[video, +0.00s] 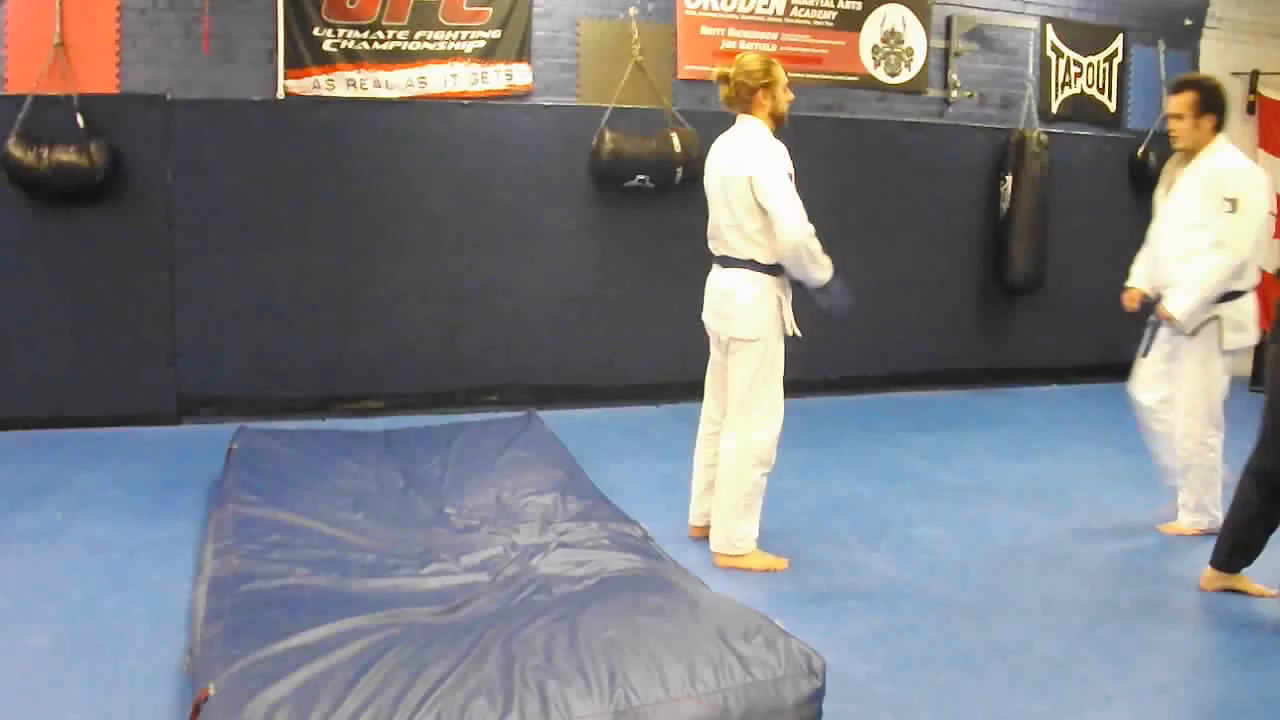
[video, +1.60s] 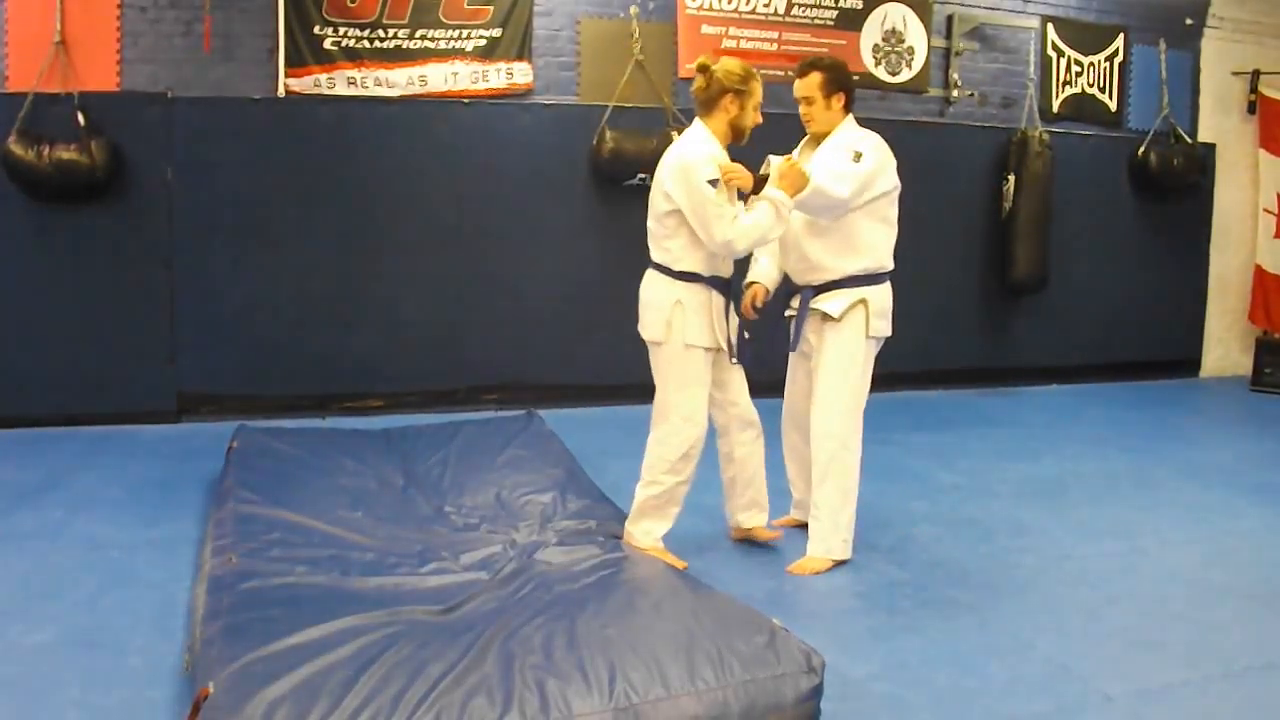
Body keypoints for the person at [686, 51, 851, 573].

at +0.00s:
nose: (790, 93)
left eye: (787, 85)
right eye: (784, 86)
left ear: (745, 96)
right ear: (763, 94)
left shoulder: (723, 145)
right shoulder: (765, 150)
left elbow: (730, 225)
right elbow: (792, 236)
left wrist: (786, 262)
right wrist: (824, 275)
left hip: (722, 283)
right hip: (755, 291)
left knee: (718, 409)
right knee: (755, 418)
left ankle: (704, 516)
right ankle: (735, 545)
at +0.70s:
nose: (786, 103)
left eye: (783, 93)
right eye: (781, 94)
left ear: (738, 99)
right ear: (763, 98)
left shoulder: (718, 152)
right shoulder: (760, 157)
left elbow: (723, 236)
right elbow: (774, 242)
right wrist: (849, 269)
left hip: (717, 288)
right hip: (749, 295)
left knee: (719, 410)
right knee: (763, 421)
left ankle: (703, 515)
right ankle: (736, 548)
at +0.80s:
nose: (787, 104)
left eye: (785, 96)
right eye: (783, 96)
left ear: (740, 101)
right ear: (764, 100)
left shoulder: (720, 151)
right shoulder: (765, 159)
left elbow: (747, 213)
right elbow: (814, 223)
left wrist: (797, 186)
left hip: (710, 290)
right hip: (747, 299)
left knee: (717, 413)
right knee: (764, 424)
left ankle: (703, 516)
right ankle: (738, 549)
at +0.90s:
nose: (788, 111)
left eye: (787, 102)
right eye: (785, 102)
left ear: (747, 105)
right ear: (763, 104)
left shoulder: (726, 152)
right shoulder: (759, 156)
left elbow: (749, 227)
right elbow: (822, 212)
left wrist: (795, 241)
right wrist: (851, 186)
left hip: (711, 294)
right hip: (738, 302)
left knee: (740, 413)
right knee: (763, 426)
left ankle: (711, 511)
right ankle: (737, 551)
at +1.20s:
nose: (783, 122)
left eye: (782, 111)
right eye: (778, 112)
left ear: (748, 110)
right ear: (750, 110)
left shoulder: (746, 162)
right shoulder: (718, 164)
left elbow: (739, 247)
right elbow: (755, 245)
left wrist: (770, 278)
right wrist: (807, 206)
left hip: (741, 305)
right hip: (708, 307)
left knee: (762, 428)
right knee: (739, 424)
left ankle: (743, 525)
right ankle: (696, 543)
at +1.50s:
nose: (761, 122)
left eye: (762, 114)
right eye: (758, 112)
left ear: (727, 108)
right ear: (732, 108)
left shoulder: (724, 160)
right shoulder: (693, 162)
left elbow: (751, 231)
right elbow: (734, 241)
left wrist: (767, 276)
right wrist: (783, 192)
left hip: (716, 303)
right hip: (683, 303)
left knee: (745, 421)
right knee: (690, 426)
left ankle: (746, 524)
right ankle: (643, 535)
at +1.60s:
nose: (758, 117)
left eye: (759, 108)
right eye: (755, 106)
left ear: (724, 103)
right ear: (730, 103)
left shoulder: (715, 153)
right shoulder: (692, 157)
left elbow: (741, 223)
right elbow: (727, 240)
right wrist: (779, 196)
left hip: (707, 297)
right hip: (677, 297)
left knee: (738, 414)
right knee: (682, 424)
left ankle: (748, 521)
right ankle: (643, 536)